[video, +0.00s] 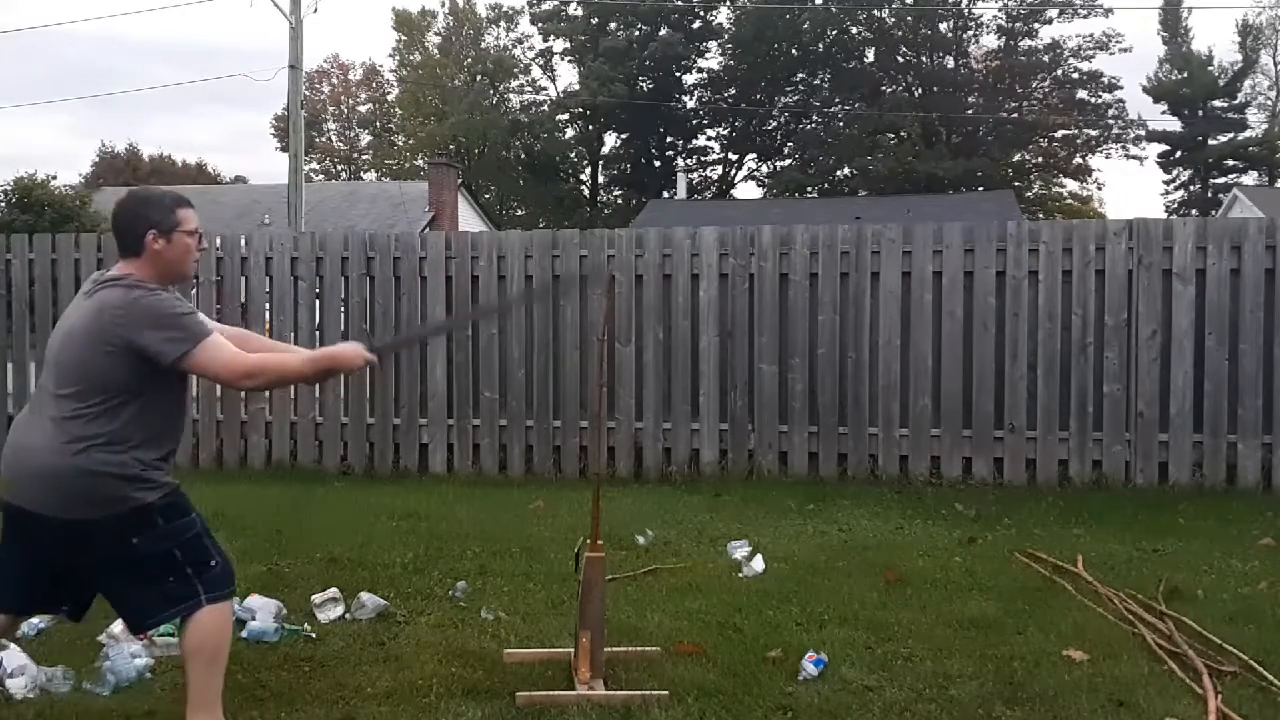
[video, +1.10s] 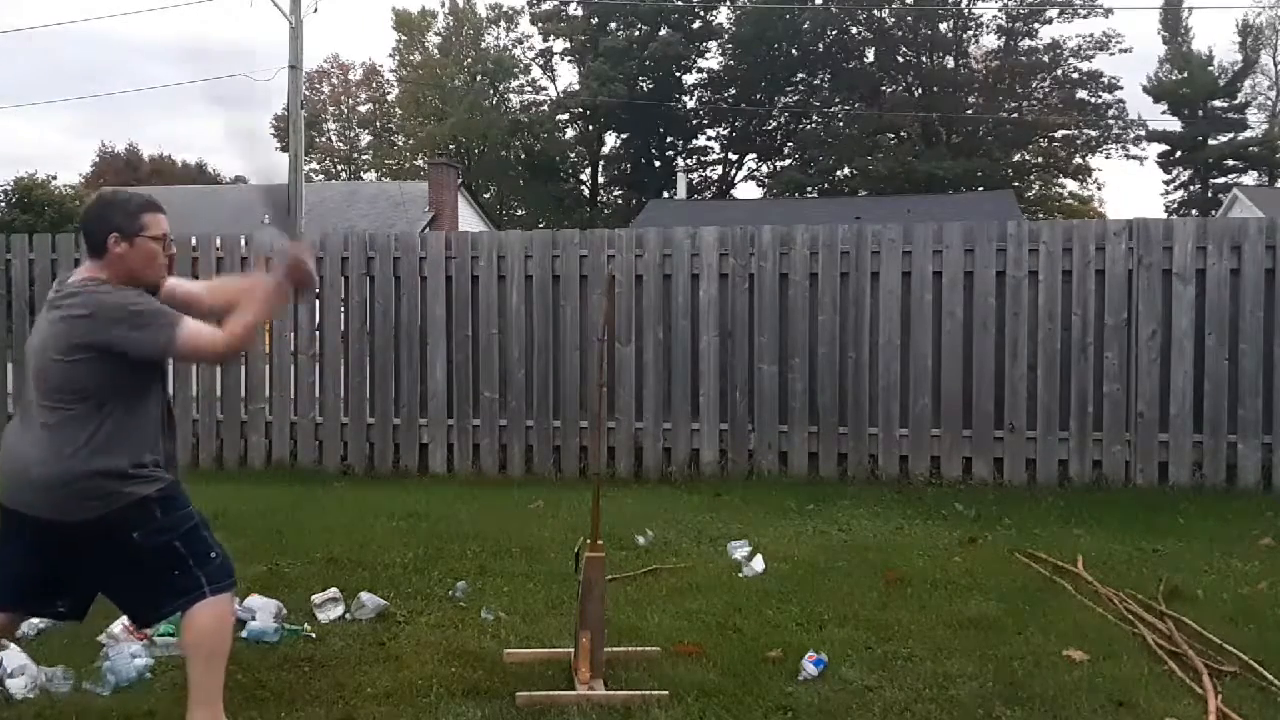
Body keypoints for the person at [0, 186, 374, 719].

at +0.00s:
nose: (201, 245)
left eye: (199, 234)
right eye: (191, 235)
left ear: (146, 243)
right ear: (153, 241)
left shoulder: (103, 290)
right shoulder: (149, 306)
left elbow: (227, 337)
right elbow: (239, 372)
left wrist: (313, 359)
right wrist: (326, 361)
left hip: (29, 481)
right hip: (112, 487)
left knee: (10, 602)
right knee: (209, 589)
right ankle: (204, 713)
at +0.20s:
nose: (182, 254)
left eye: (181, 243)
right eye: (172, 244)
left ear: (132, 251)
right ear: (134, 250)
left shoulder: (104, 294)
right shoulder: (120, 309)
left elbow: (218, 303)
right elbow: (218, 337)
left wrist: (290, 287)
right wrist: (288, 283)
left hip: (22, 488)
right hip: (95, 491)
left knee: (11, 605)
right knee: (205, 584)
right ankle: (205, 713)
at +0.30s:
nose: (176, 254)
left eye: (174, 243)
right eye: (166, 243)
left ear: (126, 250)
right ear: (128, 249)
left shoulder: (86, 294)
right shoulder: (110, 301)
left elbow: (201, 281)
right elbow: (213, 302)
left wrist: (267, 242)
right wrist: (258, 226)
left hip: (23, 485)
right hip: (96, 488)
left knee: (8, 609)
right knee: (204, 585)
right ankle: (205, 712)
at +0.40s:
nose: (171, 252)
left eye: (170, 240)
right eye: (160, 242)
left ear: (119, 247)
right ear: (121, 245)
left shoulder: (90, 295)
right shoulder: (94, 297)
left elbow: (198, 273)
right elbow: (188, 271)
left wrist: (235, 208)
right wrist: (210, 186)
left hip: (34, 487)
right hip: (99, 487)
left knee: (11, 611)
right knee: (204, 583)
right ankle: (205, 713)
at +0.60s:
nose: (159, 252)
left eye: (157, 242)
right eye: (148, 242)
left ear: (115, 245)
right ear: (113, 245)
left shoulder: (127, 299)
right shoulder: (68, 300)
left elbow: (192, 235)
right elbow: (132, 247)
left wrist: (177, 172)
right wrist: (129, 154)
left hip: (47, 485)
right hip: (93, 482)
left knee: (17, 613)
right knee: (204, 583)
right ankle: (205, 712)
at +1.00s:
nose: (164, 257)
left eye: (163, 246)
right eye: (154, 245)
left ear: (113, 254)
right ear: (112, 252)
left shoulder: (109, 300)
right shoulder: (82, 306)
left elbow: (198, 286)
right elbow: (188, 289)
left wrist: (205, 204)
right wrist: (175, 196)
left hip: (49, 492)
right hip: (110, 491)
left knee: (12, 614)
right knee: (217, 584)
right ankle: (207, 713)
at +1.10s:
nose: (170, 251)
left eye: (168, 239)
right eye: (159, 240)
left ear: (114, 247)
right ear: (117, 247)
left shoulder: (76, 289)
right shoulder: (115, 306)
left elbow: (200, 294)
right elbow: (225, 342)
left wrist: (277, 279)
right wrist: (269, 287)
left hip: (29, 486)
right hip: (112, 488)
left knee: (11, 604)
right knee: (210, 586)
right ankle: (207, 712)